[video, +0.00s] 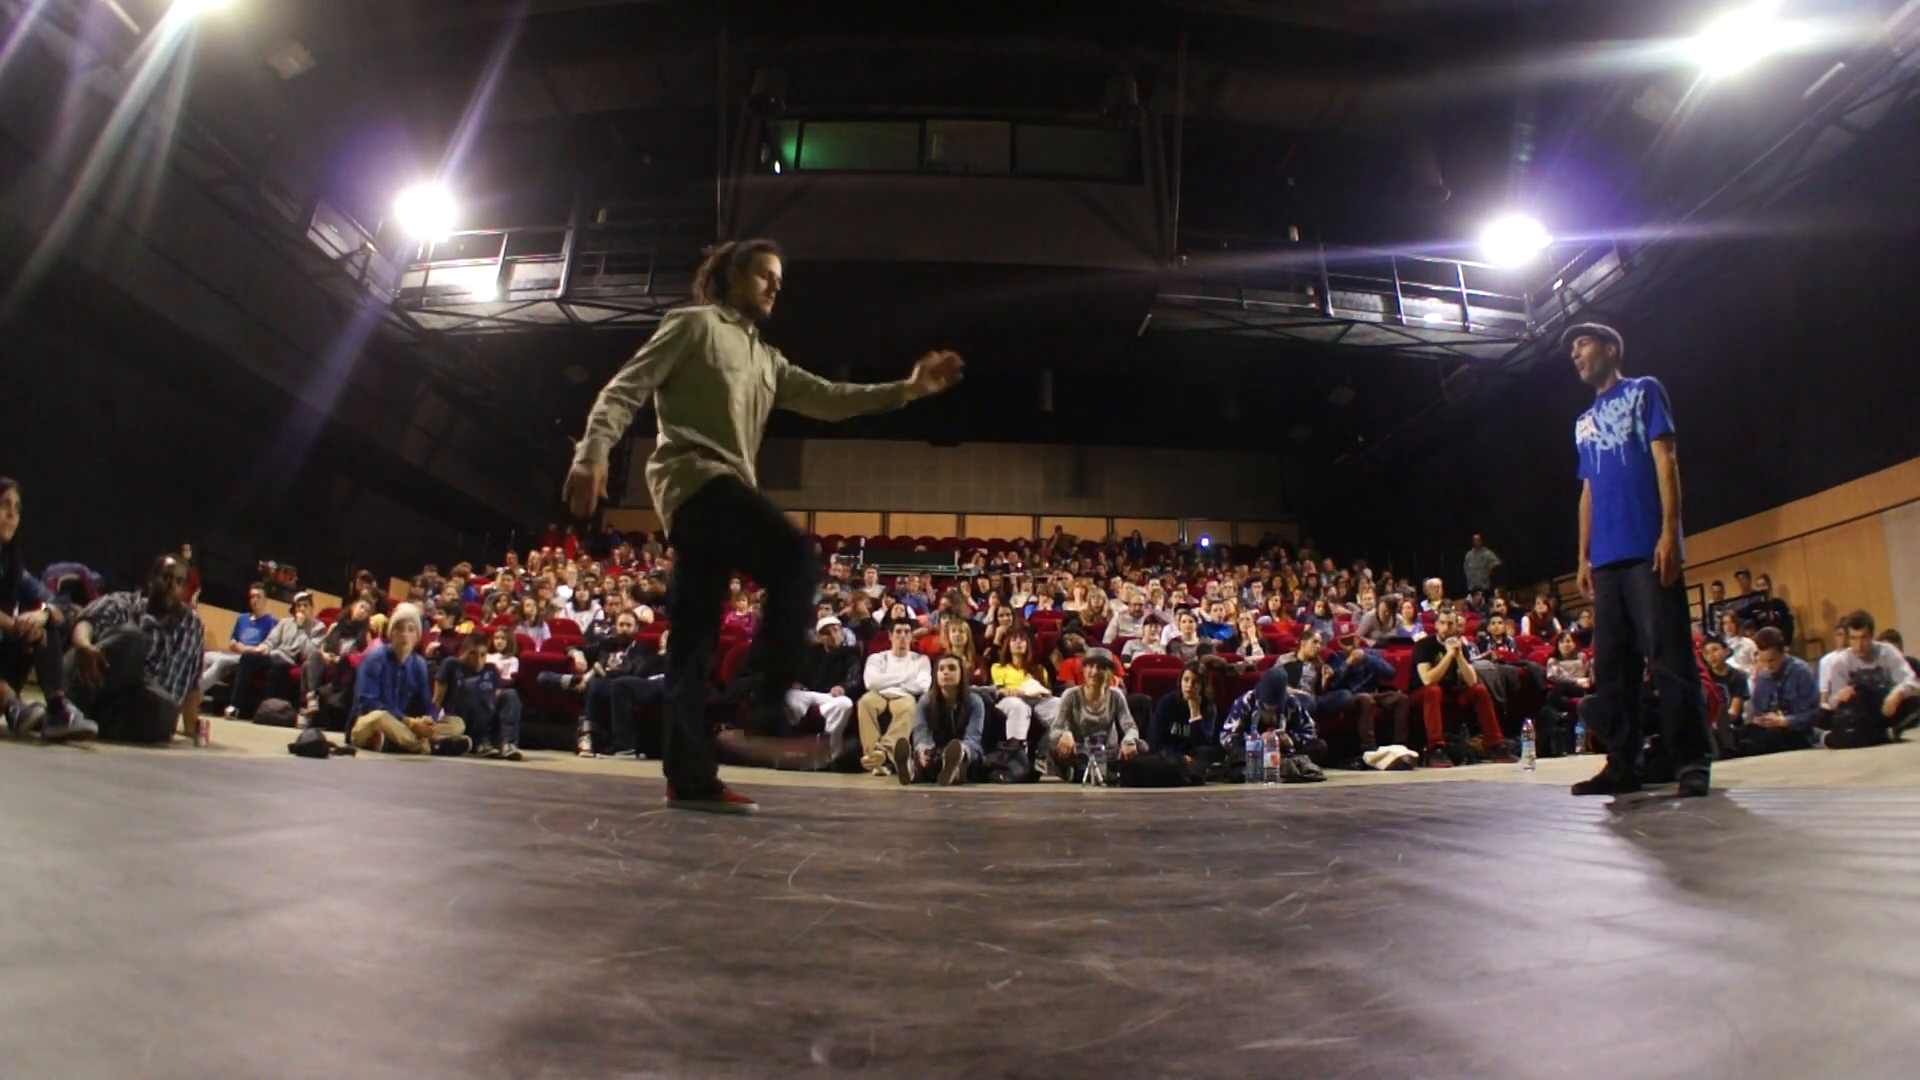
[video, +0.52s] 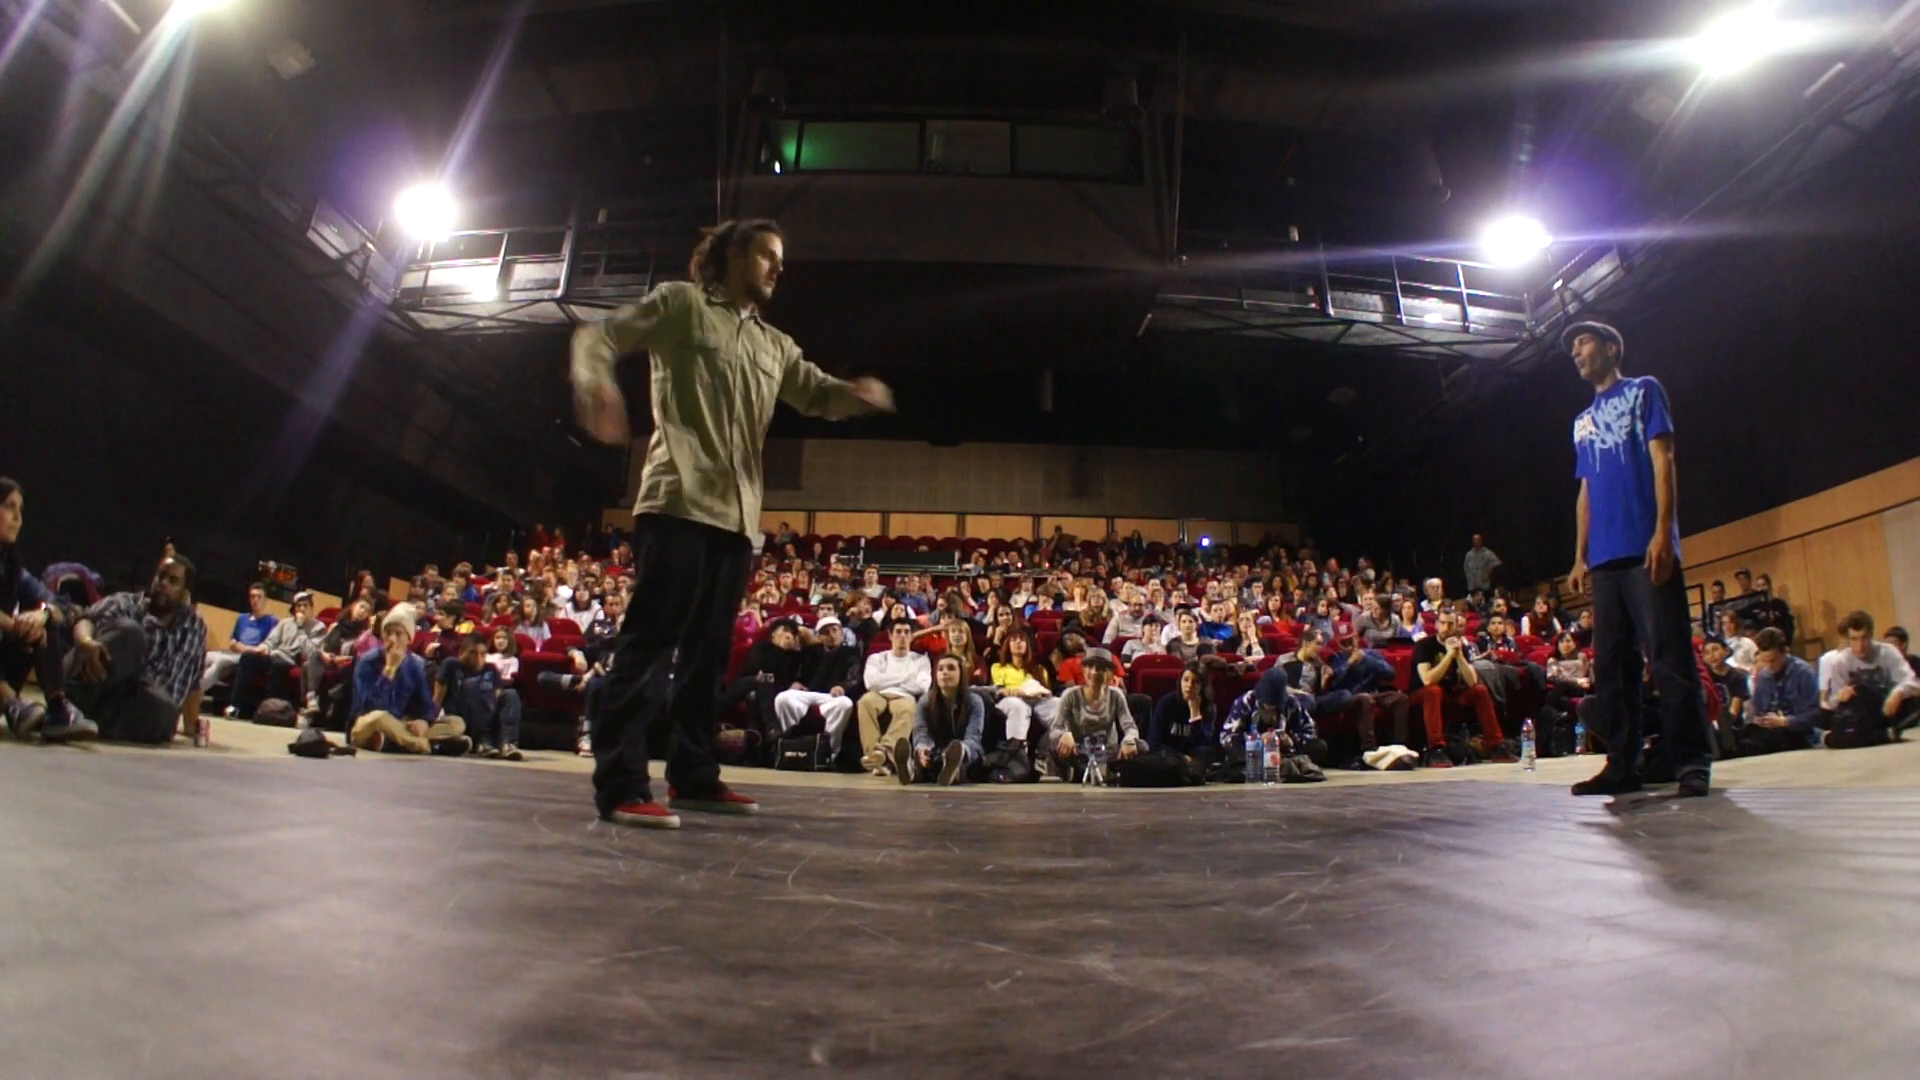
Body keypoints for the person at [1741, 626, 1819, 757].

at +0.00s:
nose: (1768, 666)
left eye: (1772, 660)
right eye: (1763, 661)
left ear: (1783, 653)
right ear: (1759, 658)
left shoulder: (1801, 671)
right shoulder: (1762, 676)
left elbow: (1812, 713)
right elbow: (1757, 710)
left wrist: (1784, 721)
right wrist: (1760, 720)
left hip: (1797, 731)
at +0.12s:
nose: (1768, 666)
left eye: (1772, 660)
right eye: (1763, 661)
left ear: (1784, 653)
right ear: (1758, 658)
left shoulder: (1801, 671)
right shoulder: (1762, 676)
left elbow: (1812, 713)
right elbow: (1757, 710)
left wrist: (1784, 721)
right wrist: (1761, 720)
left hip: (1798, 731)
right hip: (1768, 731)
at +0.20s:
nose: (1768, 667)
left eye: (1772, 661)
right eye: (1763, 661)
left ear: (1784, 653)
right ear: (1758, 658)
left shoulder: (1801, 671)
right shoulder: (1762, 675)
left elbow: (1812, 713)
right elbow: (1757, 710)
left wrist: (1784, 721)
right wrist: (1761, 720)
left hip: (1798, 731)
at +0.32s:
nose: (1768, 667)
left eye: (1773, 661)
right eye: (1764, 662)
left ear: (1783, 653)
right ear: (1759, 658)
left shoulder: (1802, 672)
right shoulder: (1762, 675)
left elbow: (1813, 713)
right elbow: (1757, 710)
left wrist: (1784, 721)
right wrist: (1760, 720)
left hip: (1798, 732)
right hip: (1767, 731)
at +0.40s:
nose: (1769, 667)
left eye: (1773, 661)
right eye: (1764, 662)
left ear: (1784, 653)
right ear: (1760, 658)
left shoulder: (1803, 672)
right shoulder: (1762, 675)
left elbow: (1813, 714)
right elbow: (1757, 710)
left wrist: (1783, 721)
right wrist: (1760, 720)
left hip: (1799, 732)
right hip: (1767, 731)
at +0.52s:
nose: (1769, 666)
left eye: (1773, 661)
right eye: (1765, 662)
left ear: (1784, 653)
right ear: (1760, 658)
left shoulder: (1803, 672)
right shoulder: (1762, 676)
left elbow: (1813, 714)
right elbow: (1758, 711)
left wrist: (1784, 722)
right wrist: (1761, 720)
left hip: (1799, 732)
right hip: (1768, 731)